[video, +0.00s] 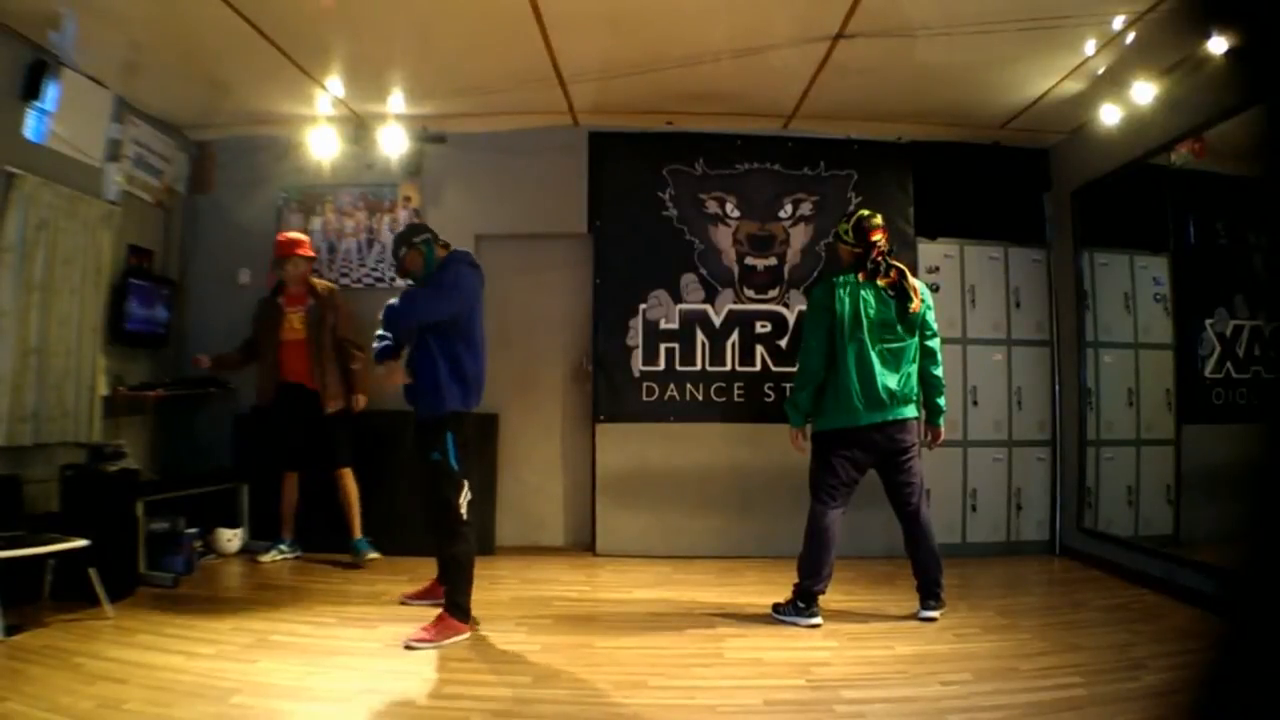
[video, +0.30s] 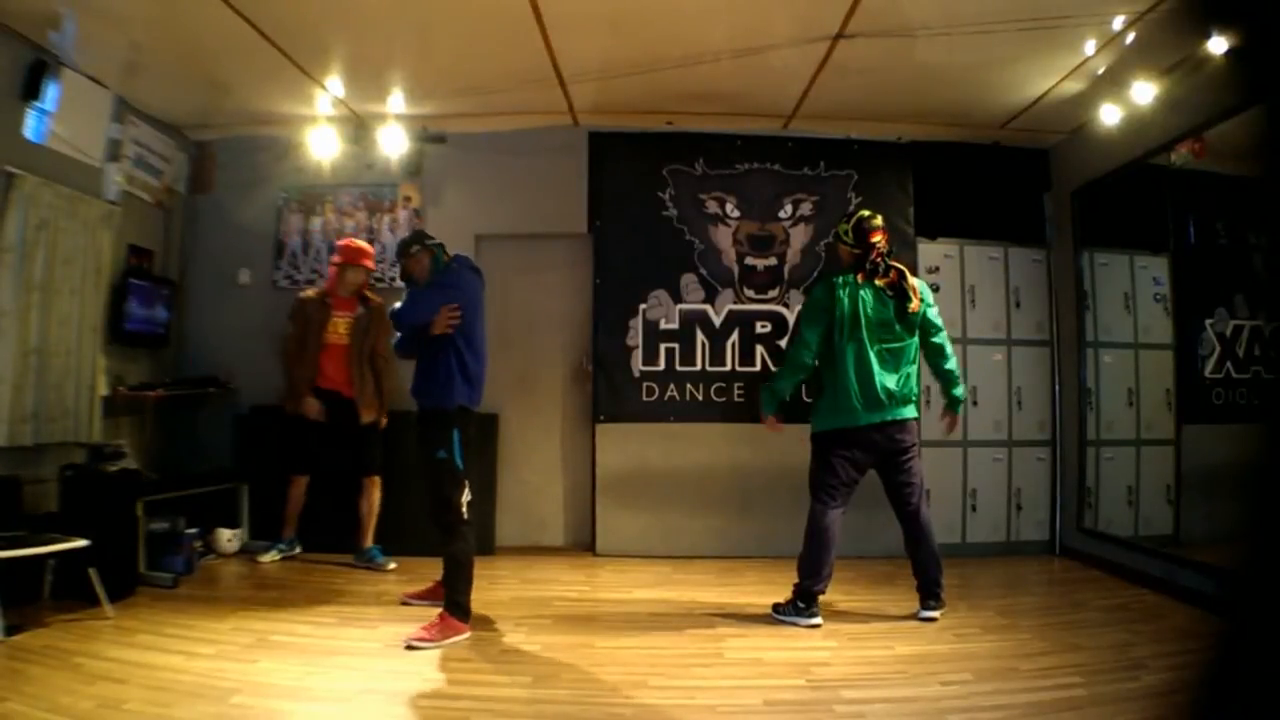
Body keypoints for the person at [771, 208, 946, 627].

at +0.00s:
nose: (835, 250)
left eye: (839, 244)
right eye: (837, 243)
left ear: (852, 249)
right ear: (880, 247)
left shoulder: (830, 291)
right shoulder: (914, 290)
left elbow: (813, 358)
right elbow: (931, 357)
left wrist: (798, 412)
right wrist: (935, 411)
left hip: (844, 421)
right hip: (899, 420)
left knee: (827, 506)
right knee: (914, 508)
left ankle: (806, 600)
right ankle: (931, 598)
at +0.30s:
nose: (835, 250)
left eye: (840, 245)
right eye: (838, 243)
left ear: (852, 249)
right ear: (880, 246)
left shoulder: (830, 290)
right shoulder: (912, 288)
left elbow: (804, 352)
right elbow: (938, 344)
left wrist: (773, 396)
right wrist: (954, 392)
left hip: (842, 422)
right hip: (899, 420)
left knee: (827, 506)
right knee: (914, 508)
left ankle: (806, 600)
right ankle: (931, 598)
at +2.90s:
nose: (857, 262)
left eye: (863, 254)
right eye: (859, 253)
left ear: (884, 257)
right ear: (899, 258)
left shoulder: (880, 296)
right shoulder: (925, 295)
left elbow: (883, 366)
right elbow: (936, 363)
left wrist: (890, 431)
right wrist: (928, 419)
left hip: (874, 425)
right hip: (917, 424)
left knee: (835, 502)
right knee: (911, 506)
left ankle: (810, 596)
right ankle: (937, 594)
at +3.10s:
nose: (851, 271)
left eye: (859, 263)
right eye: (849, 265)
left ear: (883, 268)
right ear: (852, 274)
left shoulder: (908, 308)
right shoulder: (869, 316)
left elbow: (929, 378)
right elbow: (876, 380)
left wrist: (920, 444)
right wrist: (869, 433)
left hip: (896, 436)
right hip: (877, 434)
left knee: (853, 514)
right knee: (893, 519)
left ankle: (809, 598)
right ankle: (957, 582)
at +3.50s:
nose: (844, 296)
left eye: (847, 286)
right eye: (836, 295)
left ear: (866, 285)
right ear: (834, 307)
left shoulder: (903, 324)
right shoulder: (851, 340)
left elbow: (931, 384)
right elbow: (856, 398)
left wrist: (936, 449)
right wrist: (849, 447)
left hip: (893, 448)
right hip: (859, 450)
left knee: (844, 516)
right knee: (877, 540)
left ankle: (803, 602)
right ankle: (956, 576)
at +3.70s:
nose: (827, 307)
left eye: (828, 297)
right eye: (818, 309)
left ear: (846, 293)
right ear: (820, 322)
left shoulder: (892, 317)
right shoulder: (841, 353)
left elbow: (947, 350)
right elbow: (840, 419)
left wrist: (937, 398)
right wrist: (805, 453)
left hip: (895, 449)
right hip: (859, 454)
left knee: (844, 520)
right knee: (876, 545)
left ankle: (802, 603)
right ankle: (954, 575)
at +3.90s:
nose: (818, 317)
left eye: (818, 307)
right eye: (810, 321)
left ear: (835, 299)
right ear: (813, 333)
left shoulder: (883, 320)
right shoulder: (830, 360)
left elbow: (945, 333)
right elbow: (824, 419)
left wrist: (934, 366)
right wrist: (790, 454)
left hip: (893, 450)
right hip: (852, 458)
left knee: (840, 515)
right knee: (874, 552)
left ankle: (801, 605)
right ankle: (953, 574)